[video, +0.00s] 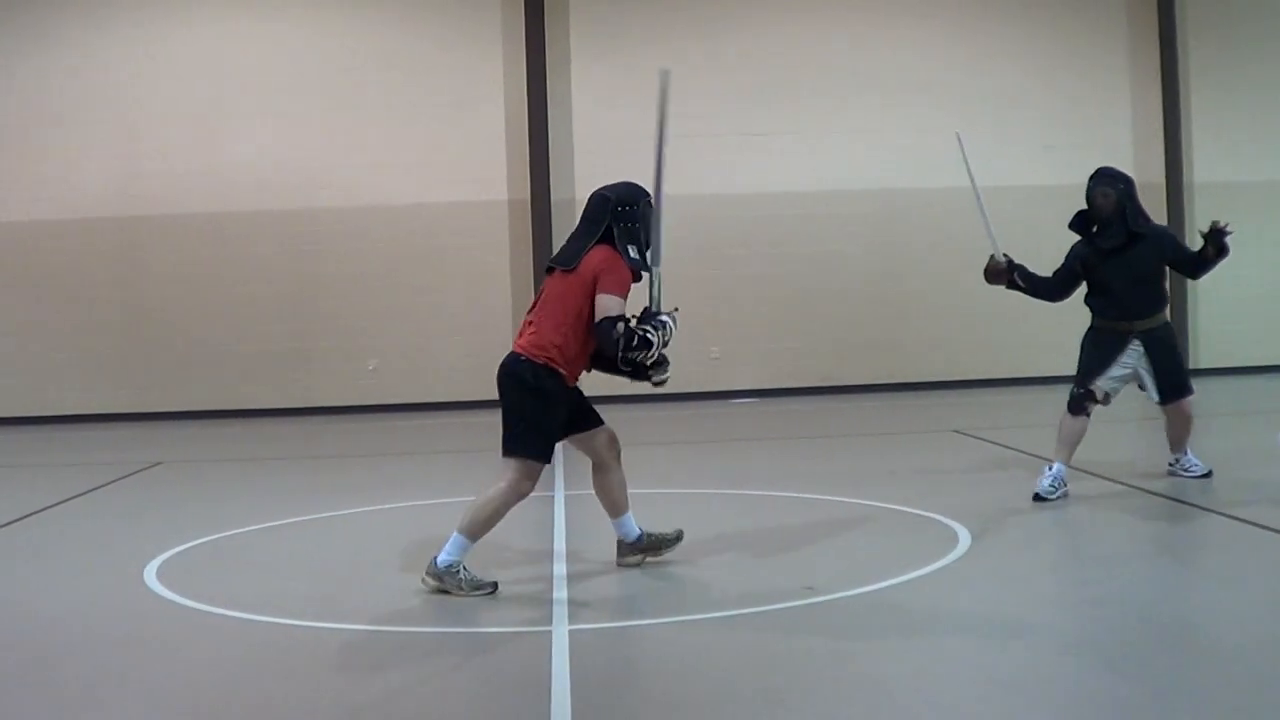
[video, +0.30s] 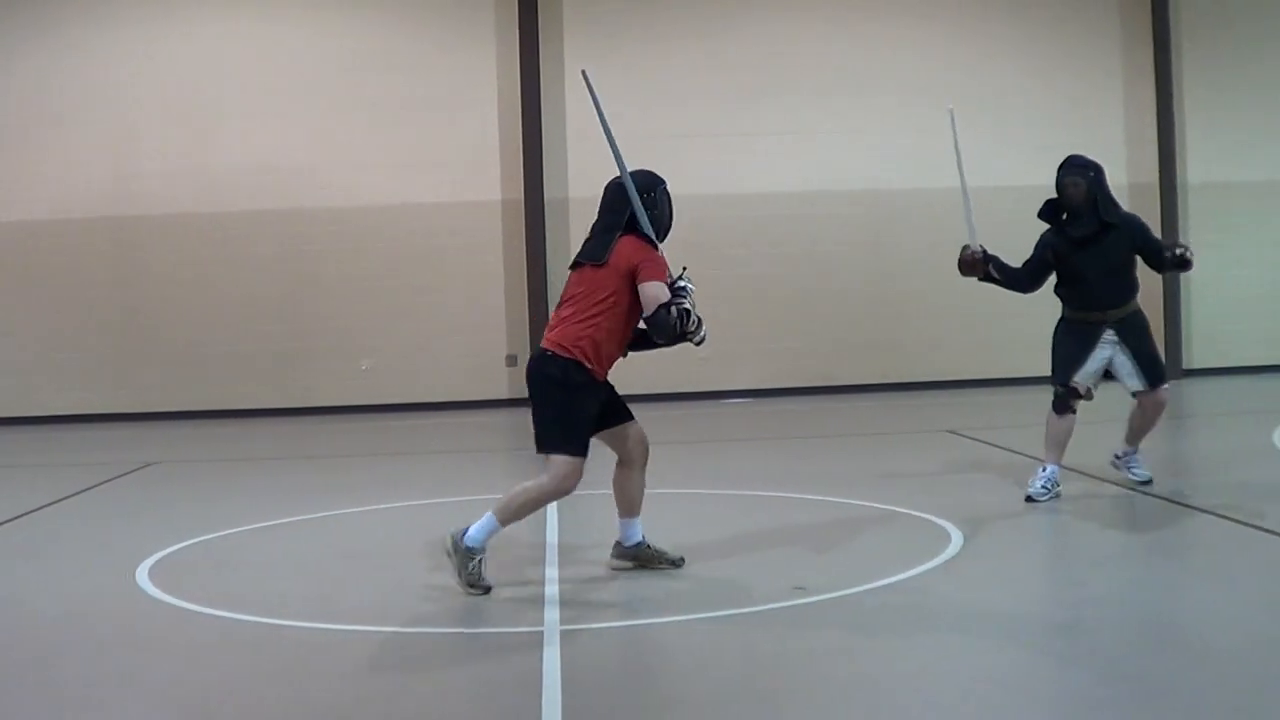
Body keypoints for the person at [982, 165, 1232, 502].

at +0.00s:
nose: (1096, 199)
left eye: (1103, 192)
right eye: (1092, 194)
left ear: (1123, 195)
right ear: (1088, 201)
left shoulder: (1154, 238)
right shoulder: (1086, 249)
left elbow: (1192, 268)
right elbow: (1056, 289)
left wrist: (1212, 249)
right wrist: (1013, 274)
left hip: (1155, 333)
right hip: (1106, 336)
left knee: (1179, 401)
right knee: (1080, 401)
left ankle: (1180, 458)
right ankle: (1056, 473)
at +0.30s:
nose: (1068, 191)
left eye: (1075, 184)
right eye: (1064, 185)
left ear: (1094, 185)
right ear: (1059, 191)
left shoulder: (1125, 226)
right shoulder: (1056, 238)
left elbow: (1157, 257)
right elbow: (1028, 280)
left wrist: (1176, 257)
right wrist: (988, 265)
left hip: (1127, 320)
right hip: (1078, 325)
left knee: (1155, 396)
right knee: (1065, 397)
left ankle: (1127, 454)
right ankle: (1049, 473)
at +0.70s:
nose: (1061, 188)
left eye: (1068, 181)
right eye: (1056, 182)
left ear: (1085, 183)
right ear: (1049, 186)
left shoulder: (1115, 221)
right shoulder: (1047, 233)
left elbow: (1147, 245)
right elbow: (1020, 276)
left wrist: (1147, 290)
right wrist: (986, 261)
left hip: (1112, 320)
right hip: (1066, 321)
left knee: (1121, 398)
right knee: (1048, 388)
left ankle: (1094, 463)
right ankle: (1031, 465)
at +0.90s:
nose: (1035, 188)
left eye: (1042, 182)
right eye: (1030, 182)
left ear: (1058, 184)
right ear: (1022, 188)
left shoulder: (1083, 226)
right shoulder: (1016, 235)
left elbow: (1112, 253)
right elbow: (986, 277)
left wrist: (1108, 293)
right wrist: (955, 259)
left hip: (1080, 323)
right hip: (1034, 326)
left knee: (1094, 397)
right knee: (1025, 399)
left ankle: (1069, 465)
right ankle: (1004, 475)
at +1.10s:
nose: (1000, 185)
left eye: (1006, 178)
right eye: (994, 179)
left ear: (1020, 183)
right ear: (984, 186)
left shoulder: (1042, 228)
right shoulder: (975, 234)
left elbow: (1064, 257)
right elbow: (947, 277)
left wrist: (1059, 299)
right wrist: (921, 261)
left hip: (1035, 324)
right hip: (990, 327)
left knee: (1051, 396)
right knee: (988, 401)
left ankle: (1041, 465)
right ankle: (977, 478)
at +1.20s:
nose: (974, 186)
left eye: (980, 179)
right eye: (967, 180)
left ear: (993, 182)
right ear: (957, 184)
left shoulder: (1013, 226)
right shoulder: (947, 232)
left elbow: (1031, 258)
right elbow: (922, 276)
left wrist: (1027, 299)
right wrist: (897, 261)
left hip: (1005, 322)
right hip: (962, 325)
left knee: (1020, 395)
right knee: (965, 402)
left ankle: (1020, 464)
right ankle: (957, 479)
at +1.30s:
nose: (946, 184)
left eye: (953, 177)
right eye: (939, 178)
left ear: (965, 179)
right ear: (929, 181)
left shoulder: (984, 222)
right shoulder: (920, 228)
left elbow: (1000, 255)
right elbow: (896, 273)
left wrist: (994, 296)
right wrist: (871, 261)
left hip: (975, 319)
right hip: (934, 322)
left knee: (988, 393)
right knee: (942, 403)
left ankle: (985, 463)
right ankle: (935, 480)